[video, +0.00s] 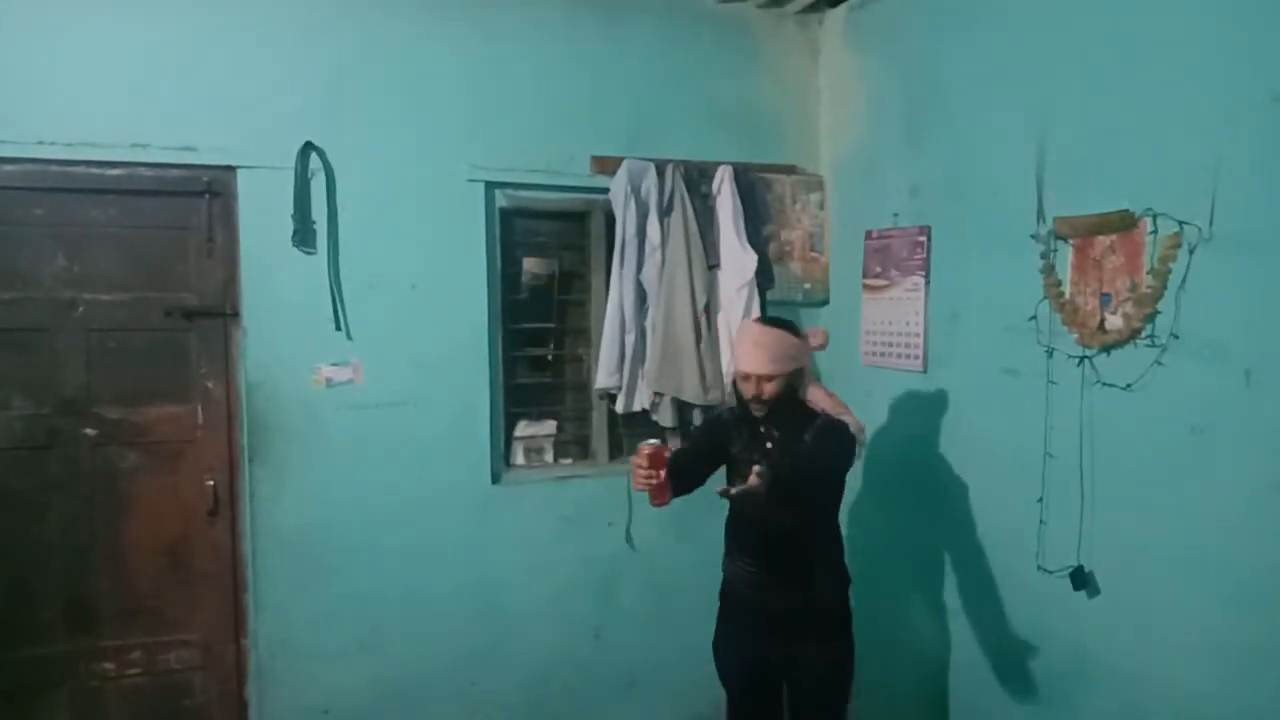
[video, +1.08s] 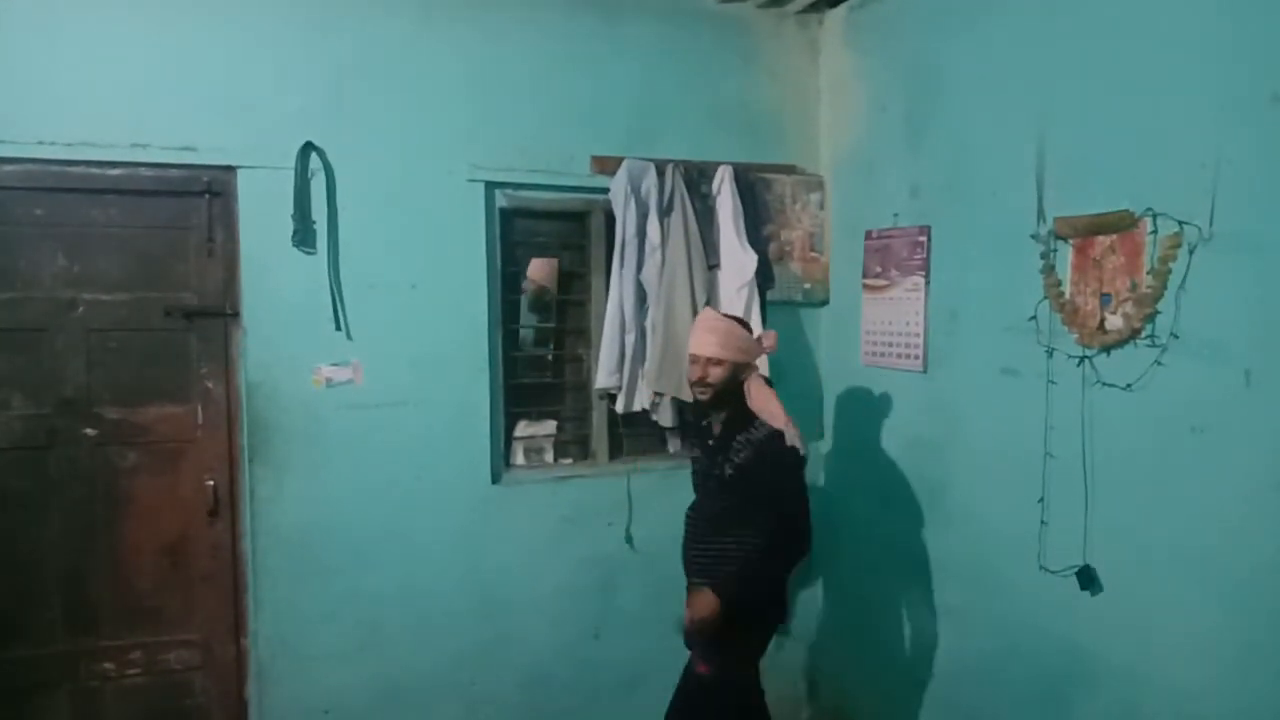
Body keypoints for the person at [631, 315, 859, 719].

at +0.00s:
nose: (755, 391)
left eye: (768, 381)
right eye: (746, 379)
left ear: (793, 376)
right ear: (735, 376)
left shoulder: (828, 432)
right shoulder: (730, 425)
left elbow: (816, 490)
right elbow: (683, 469)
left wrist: (770, 486)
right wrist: (654, 469)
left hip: (816, 608)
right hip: (745, 606)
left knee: (817, 710)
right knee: (748, 709)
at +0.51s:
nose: (731, 371)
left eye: (744, 361)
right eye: (724, 359)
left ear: (770, 366)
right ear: (715, 361)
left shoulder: (804, 425)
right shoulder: (717, 422)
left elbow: (800, 500)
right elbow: (680, 477)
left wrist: (738, 504)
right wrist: (658, 490)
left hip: (799, 599)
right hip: (740, 595)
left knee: (770, 709)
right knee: (740, 708)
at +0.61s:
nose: (712, 380)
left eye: (725, 370)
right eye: (705, 369)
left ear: (752, 371)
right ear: (697, 370)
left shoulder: (794, 433)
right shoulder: (711, 425)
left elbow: (806, 532)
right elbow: (685, 487)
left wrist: (750, 562)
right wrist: (660, 533)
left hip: (803, 583)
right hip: (750, 580)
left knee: (774, 703)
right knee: (755, 700)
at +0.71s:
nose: (702, 387)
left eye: (716, 375)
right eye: (695, 374)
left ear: (746, 377)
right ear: (688, 375)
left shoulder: (785, 436)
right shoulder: (708, 434)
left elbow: (800, 540)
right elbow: (695, 512)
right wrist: (670, 583)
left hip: (795, 598)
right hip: (743, 594)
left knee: (780, 709)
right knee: (754, 707)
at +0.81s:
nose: (700, 382)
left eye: (713, 372)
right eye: (694, 371)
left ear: (742, 375)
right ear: (687, 371)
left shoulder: (780, 439)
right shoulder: (705, 432)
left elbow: (808, 543)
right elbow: (705, 520)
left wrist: (789, 631)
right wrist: (698, 596)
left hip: (782, 601)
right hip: (733, 597)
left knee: (750, 707)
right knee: (744, 702)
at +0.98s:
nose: (704, 374)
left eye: (717, 364)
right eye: (697, 362)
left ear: (745, 368)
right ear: (688, 363)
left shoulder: (778, 433)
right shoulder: (707, 425)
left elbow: (805, 538)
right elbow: (719, 509)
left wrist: (761, 614)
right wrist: (706, 588)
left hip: (757, 602)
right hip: (715, 592)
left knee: (694, 710)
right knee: (744, 709)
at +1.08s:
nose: (700, 374)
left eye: (715, 364)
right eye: (694, 361)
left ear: (742, 370)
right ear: (687, 361)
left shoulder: (770, 439)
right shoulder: (707, 422)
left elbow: (788, 540)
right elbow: (706, 512)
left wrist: (722, 594)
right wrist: (695, 582)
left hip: (748, 603)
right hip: (712, 593)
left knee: (689, 708)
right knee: (738, 703)